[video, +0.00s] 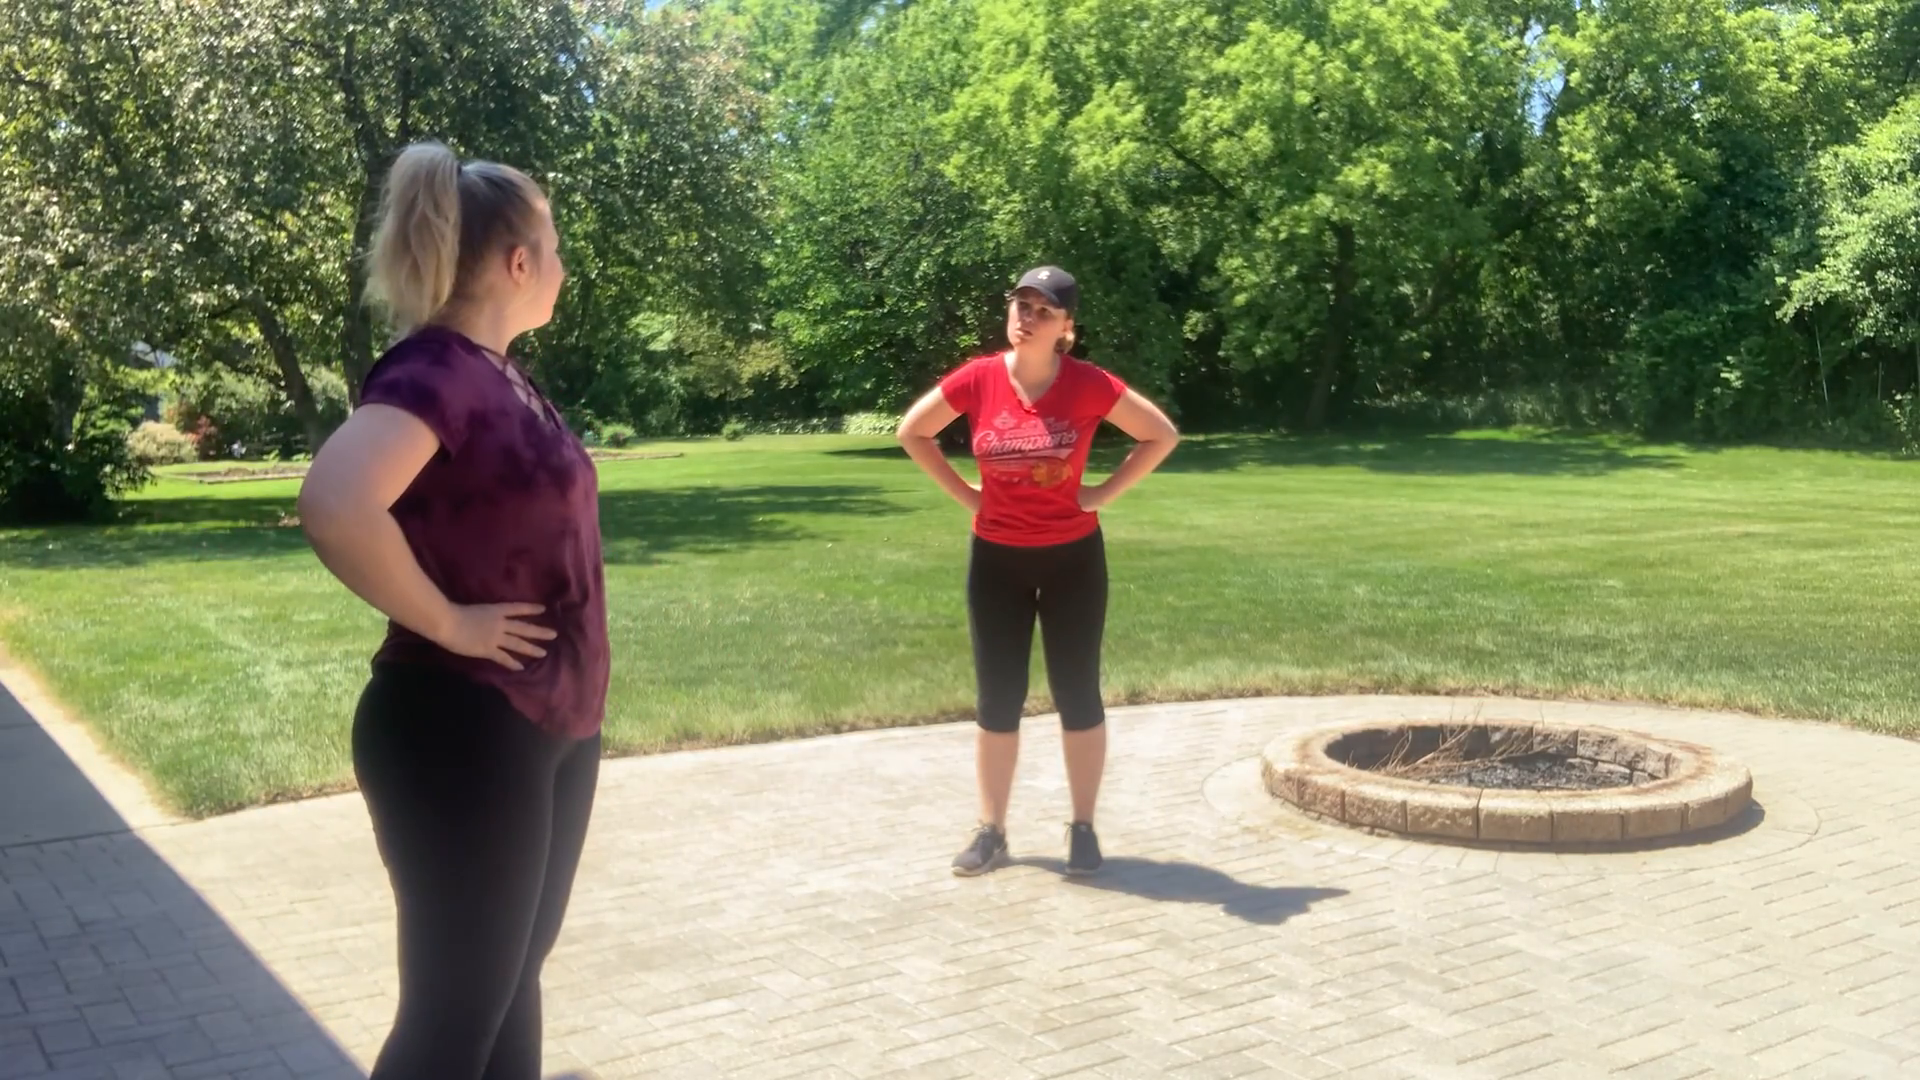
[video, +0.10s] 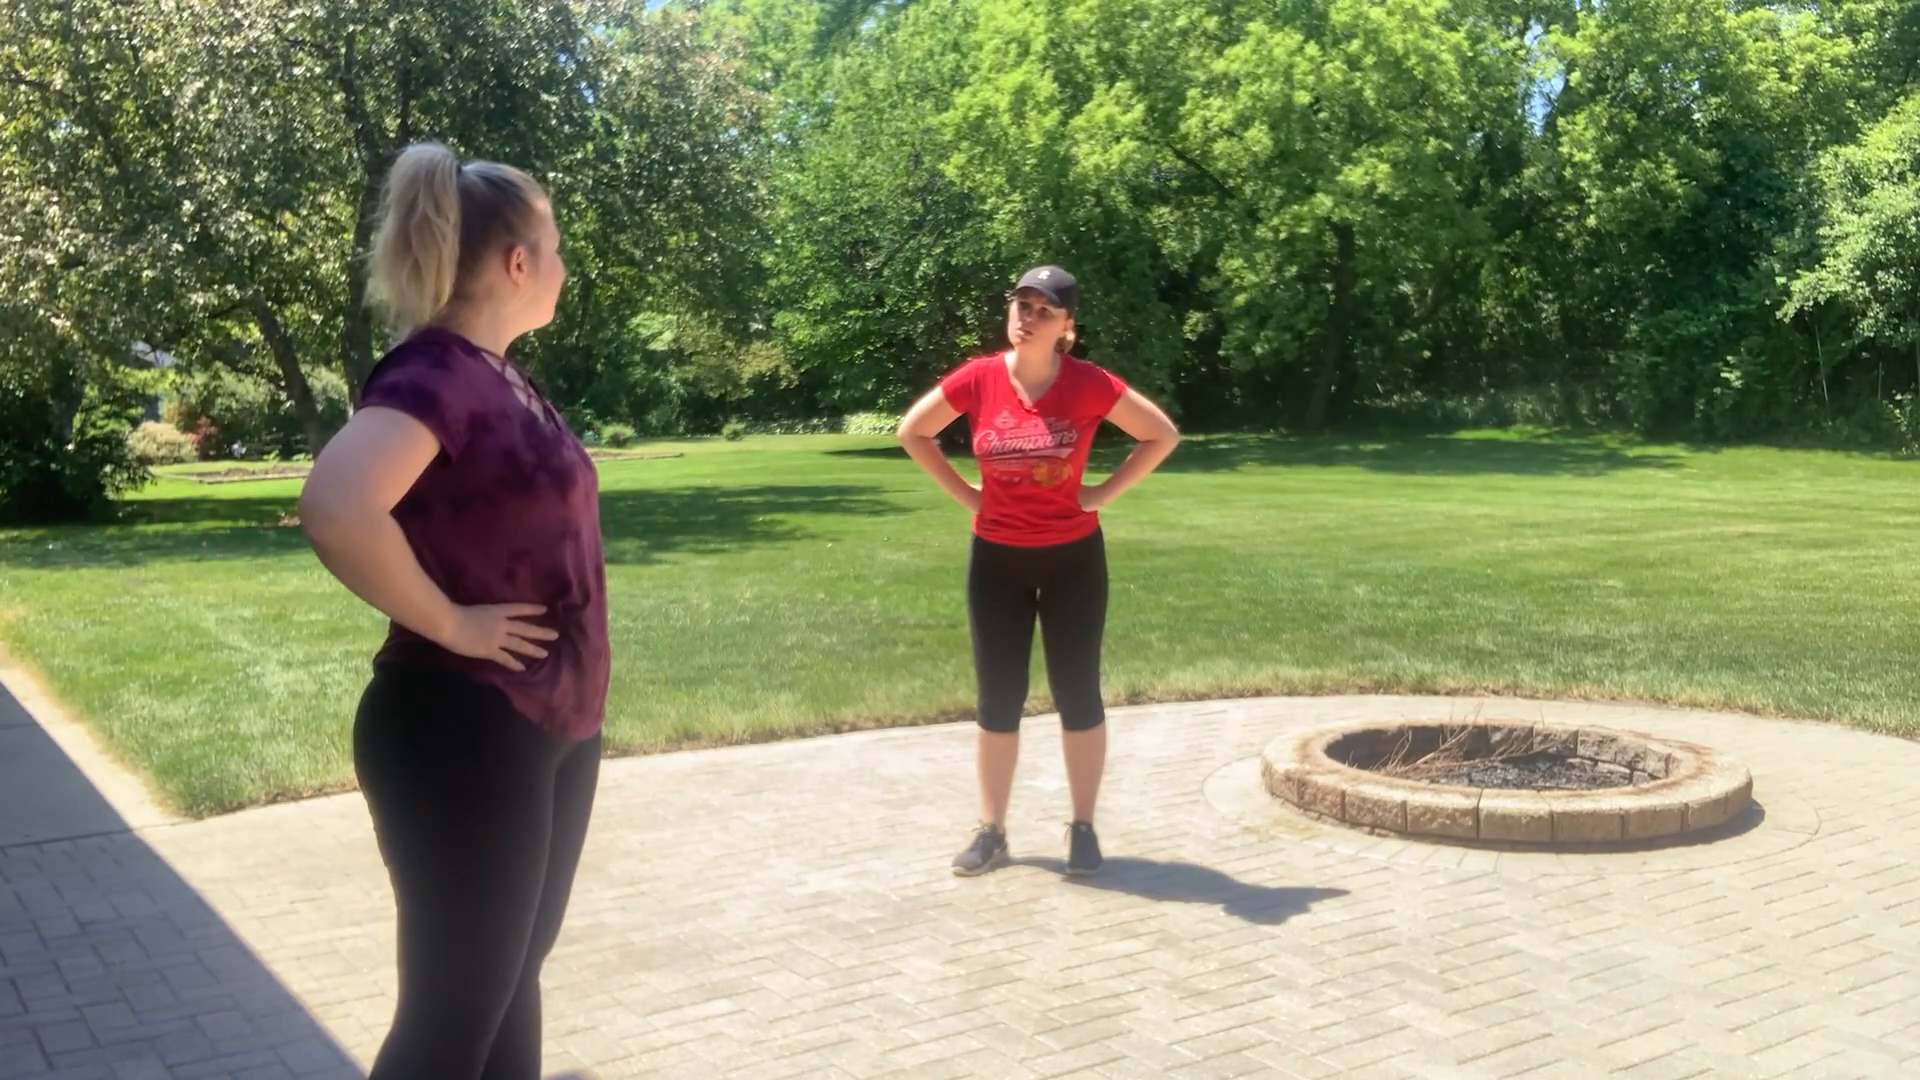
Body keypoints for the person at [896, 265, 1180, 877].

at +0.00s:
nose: (1025, 316)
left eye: (1040, 311)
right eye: (1021, 306)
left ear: (1066, 326)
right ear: (1009, 312)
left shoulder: (1088, 384)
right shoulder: (980, 376)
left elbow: (1163, 435)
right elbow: (912, 432)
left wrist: (1102, 494)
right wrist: (967, 494)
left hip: (1072, 555)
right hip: (996, 555)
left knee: (1076, 695)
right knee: (997, 698)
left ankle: (1083, 826)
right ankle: (991, 829)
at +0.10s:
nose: (1026, 317)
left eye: (1040, 311)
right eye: (1021, 306)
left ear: (1066, 325)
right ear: (1009, 311)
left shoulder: (1089, 384)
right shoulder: (980, 376)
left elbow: (1164, 435)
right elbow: (912, 433)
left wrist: (1102, 494)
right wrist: (968, 494)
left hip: (1072, 555)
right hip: (996, 555)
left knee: (1077, 695)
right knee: (998, 698)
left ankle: (1083, 826)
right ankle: (991, 829)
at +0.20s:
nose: (1026, 317)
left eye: (1041, 311)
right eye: (1022, 306)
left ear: (1067, 325)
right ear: (1010, 311)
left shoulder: (1090, 383)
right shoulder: (980, 376)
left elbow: (1164, 435)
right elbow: (913, 433)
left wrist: (1102, 494)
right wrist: (968, 494)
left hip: (1073, 555)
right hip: (996, 555)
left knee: (1077, 695)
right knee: (998, 698)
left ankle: (1083, 826)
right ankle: (991, 829)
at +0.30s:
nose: (1028, 317)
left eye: (1042, 311)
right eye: (1023, 306)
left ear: (1068, 325)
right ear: (1011, 311)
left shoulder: (1090, 383)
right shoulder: (981, 376)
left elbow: (1165, 436)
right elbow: (913, 433)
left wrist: (1103, 494)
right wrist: (969, 494)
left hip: (1073, 555)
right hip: (997, 555)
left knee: (1077, 695)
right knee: (998, 698)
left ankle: (1083, 826)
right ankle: (991, 829)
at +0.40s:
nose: (1027, 318)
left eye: (1042, 311)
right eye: (1022, 307)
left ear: (1069, 325)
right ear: (1011, 313)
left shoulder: (1091, 383)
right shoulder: (982, 376)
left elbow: (1165, 436)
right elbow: (914, 433)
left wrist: (1103, 494)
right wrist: (969, 494)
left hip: (1073, 555)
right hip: (997, 555)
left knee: (1077, 695)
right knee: (998, 698)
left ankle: (1083, 826)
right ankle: (991, 829)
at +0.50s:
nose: (1021, 316)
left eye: (1036, 311)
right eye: (1018, 306)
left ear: (1068, 326)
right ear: (1009, 311)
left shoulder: (1092, 383)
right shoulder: (982, 376)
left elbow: (1166, 435)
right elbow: (914, 432)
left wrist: (1104, 494)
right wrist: (969, 493)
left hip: (1074, 555)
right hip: (998, 555)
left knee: (1077, 695)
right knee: (998, 698)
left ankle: (1083, 826)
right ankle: (991, 829)